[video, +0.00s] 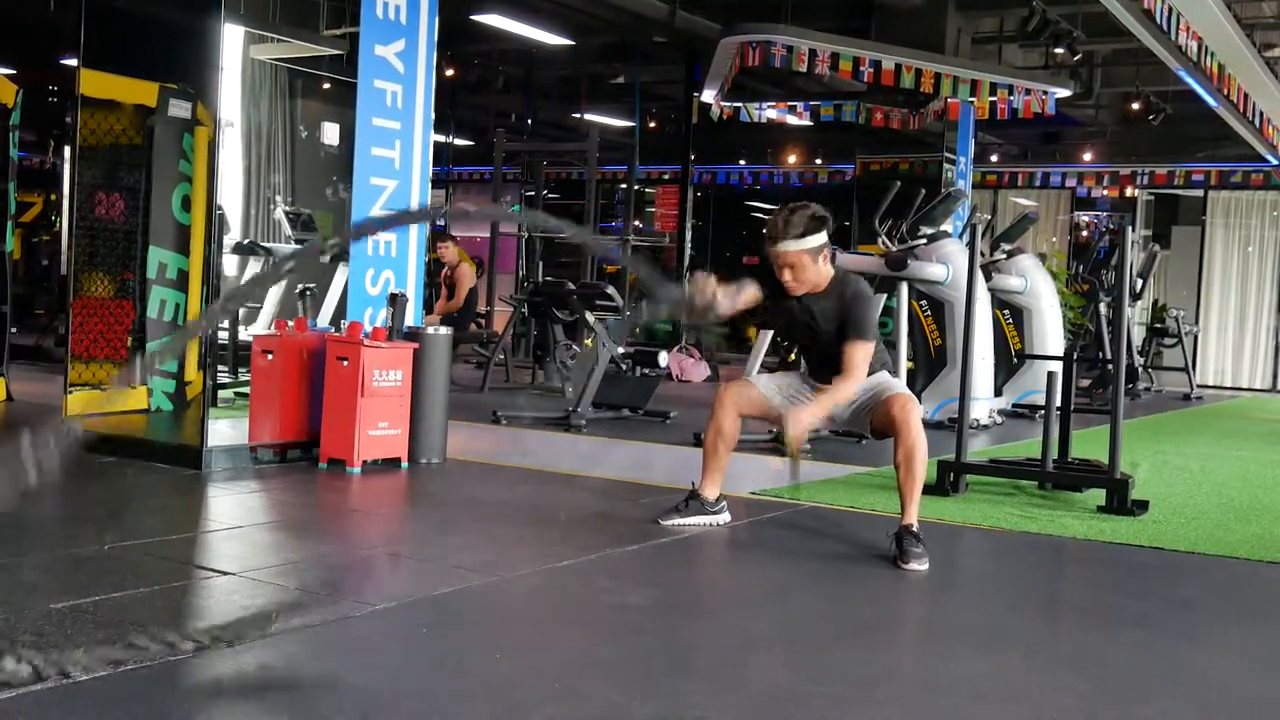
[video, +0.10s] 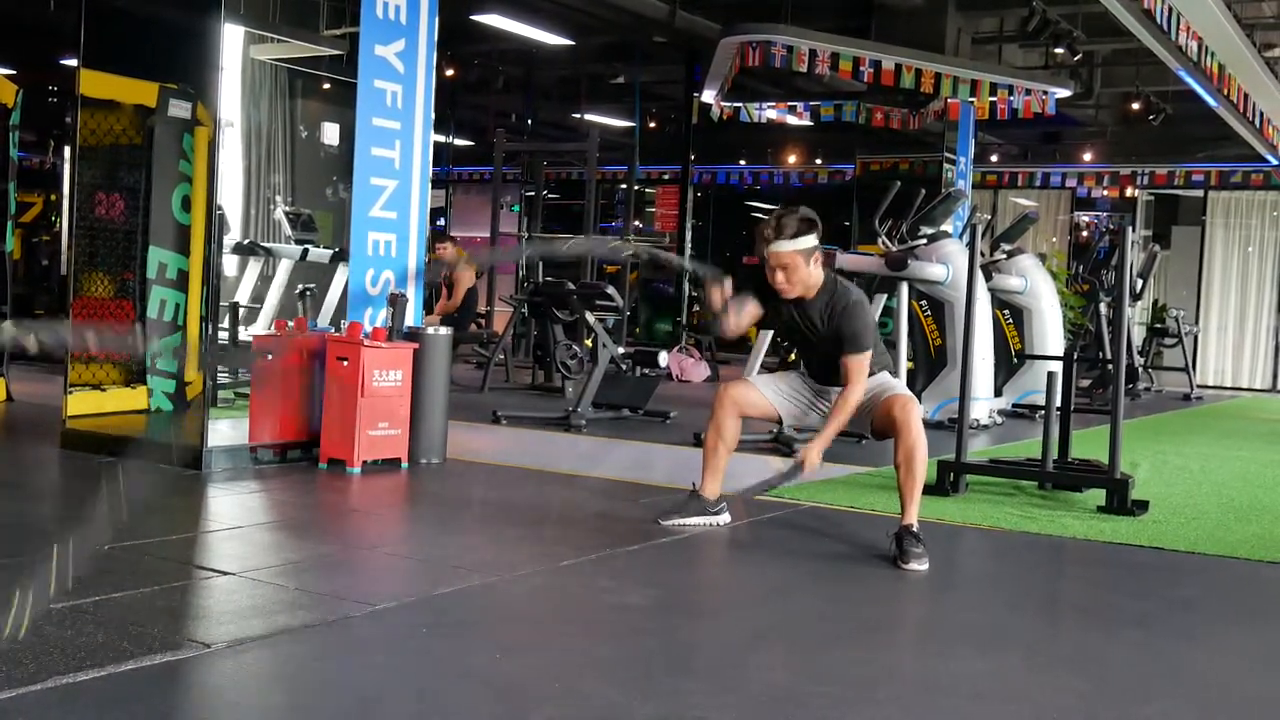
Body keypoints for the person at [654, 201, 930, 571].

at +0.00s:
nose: (784, 277)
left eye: (793, 268)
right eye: (778, 267)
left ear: (824, 258)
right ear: (773, 260)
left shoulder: (855, 294)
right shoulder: (777, 288)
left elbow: (853, 378)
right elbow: (737, 298)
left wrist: (809, 412)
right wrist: (713, 297)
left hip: (863, 390)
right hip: (807, 384)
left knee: (907, 409)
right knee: (729, 395)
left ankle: (910, 528)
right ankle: (708, 499)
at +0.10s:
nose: (776, 279)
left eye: (786, 269)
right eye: (770, 269)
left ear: (816, 261)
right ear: (764, 263)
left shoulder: (850, 305)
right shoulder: (771, 290)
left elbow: (855, 389)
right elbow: (732, 327)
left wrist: (819, 444)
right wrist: (720, 307)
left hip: (868, 390)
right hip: (808, 385)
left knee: (908, 411)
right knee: (728, 395)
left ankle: (909, 529)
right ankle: (708, 500)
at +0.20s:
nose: (786, 268)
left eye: (794, 258)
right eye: (778, 258)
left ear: (821, 248)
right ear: (770, 254)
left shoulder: (854, 275)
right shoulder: (768, 293)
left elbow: (858, 339)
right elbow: (757, 358)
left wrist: (811, 361)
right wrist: (748, 399)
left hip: (862, 386)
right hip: (799, 386)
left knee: (904, 409)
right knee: (726, 403)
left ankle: (909, 528)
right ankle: (709, 502)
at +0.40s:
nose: (792, 250)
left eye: (801, 241)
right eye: (786, 241)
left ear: (831, 233)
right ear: (779, 237)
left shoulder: (862, 259)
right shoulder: (778, 268)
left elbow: (847, 309)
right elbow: (752, 322)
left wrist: (787, 284)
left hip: (866, 378)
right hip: (807, 377)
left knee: (901, 408)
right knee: (728, 393)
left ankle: (909, 528)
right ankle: (708, 499)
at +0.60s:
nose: (770, 256)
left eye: (780, 246)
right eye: (765, 246)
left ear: (811, 241)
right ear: (760, 244)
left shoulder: (845, 285)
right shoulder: (769, 275)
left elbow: (852, 368)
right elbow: (730, 309)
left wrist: (824, 430)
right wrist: (717, 296)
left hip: (872, 368)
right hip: (813, 369)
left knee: (902, 407)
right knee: (731, 392)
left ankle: (908, 527)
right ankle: (706, 497)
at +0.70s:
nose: (779, 252)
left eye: (789, 242)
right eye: (772, 242)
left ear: (816, 235)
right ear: (765, 240)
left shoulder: (851, 266)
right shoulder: (767, 285)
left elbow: (849, 335)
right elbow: (754, 351)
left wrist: (809, 351)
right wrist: (741, 395)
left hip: (867, 370)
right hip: (802, 374)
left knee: (899, 406)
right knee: (728, 400)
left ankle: (907, 527)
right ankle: (707, 500)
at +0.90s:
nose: (792, 238)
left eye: (801, 228)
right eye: (786, 228)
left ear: (830, 220)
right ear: (779, 226)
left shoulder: (862, 244)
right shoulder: (782, 257)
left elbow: (850, 301)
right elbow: (745, 298)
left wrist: (793, 280)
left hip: (869, 364)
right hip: (807, 364)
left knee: (899, 406)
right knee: (729, 394)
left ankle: (907, 526)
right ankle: (706, 498)